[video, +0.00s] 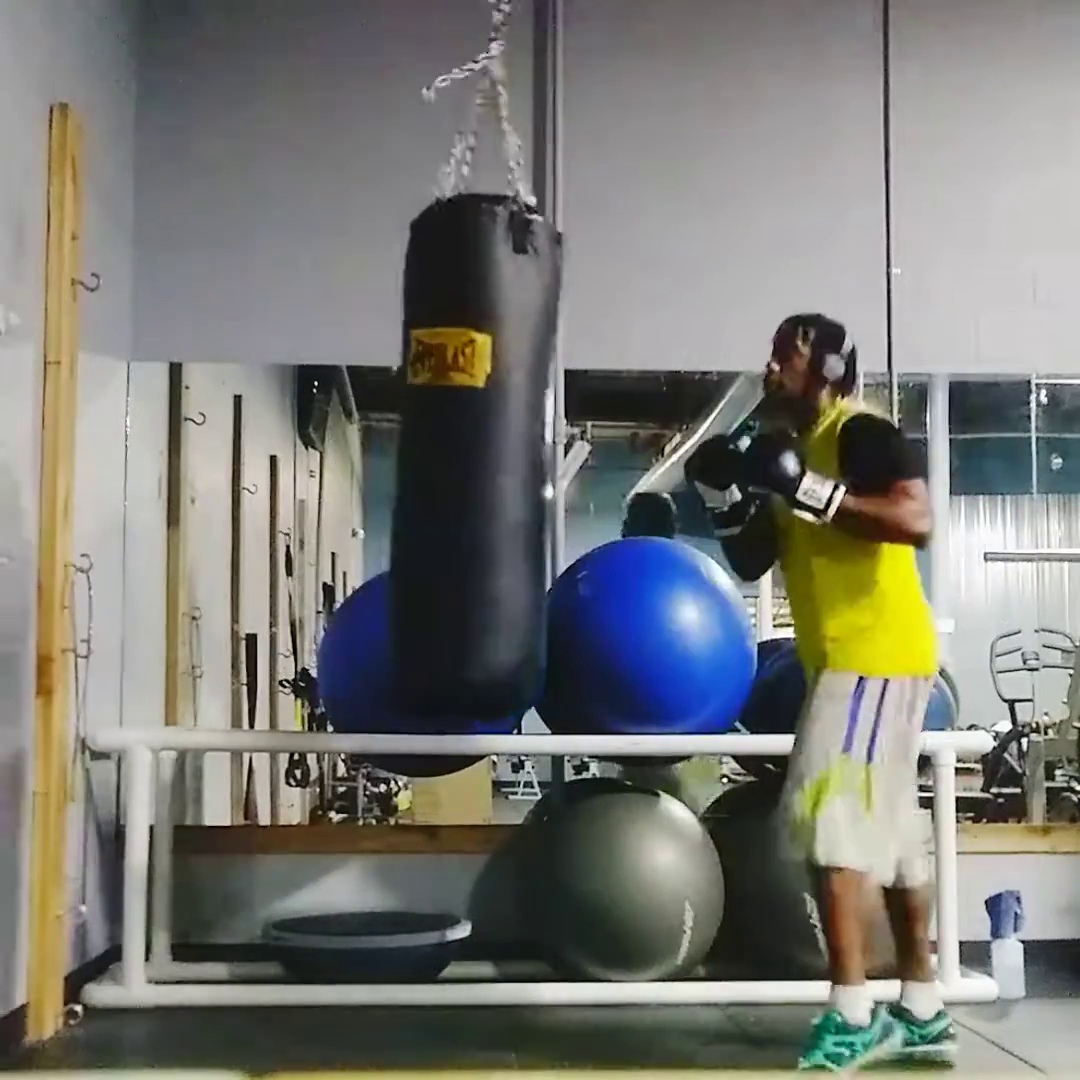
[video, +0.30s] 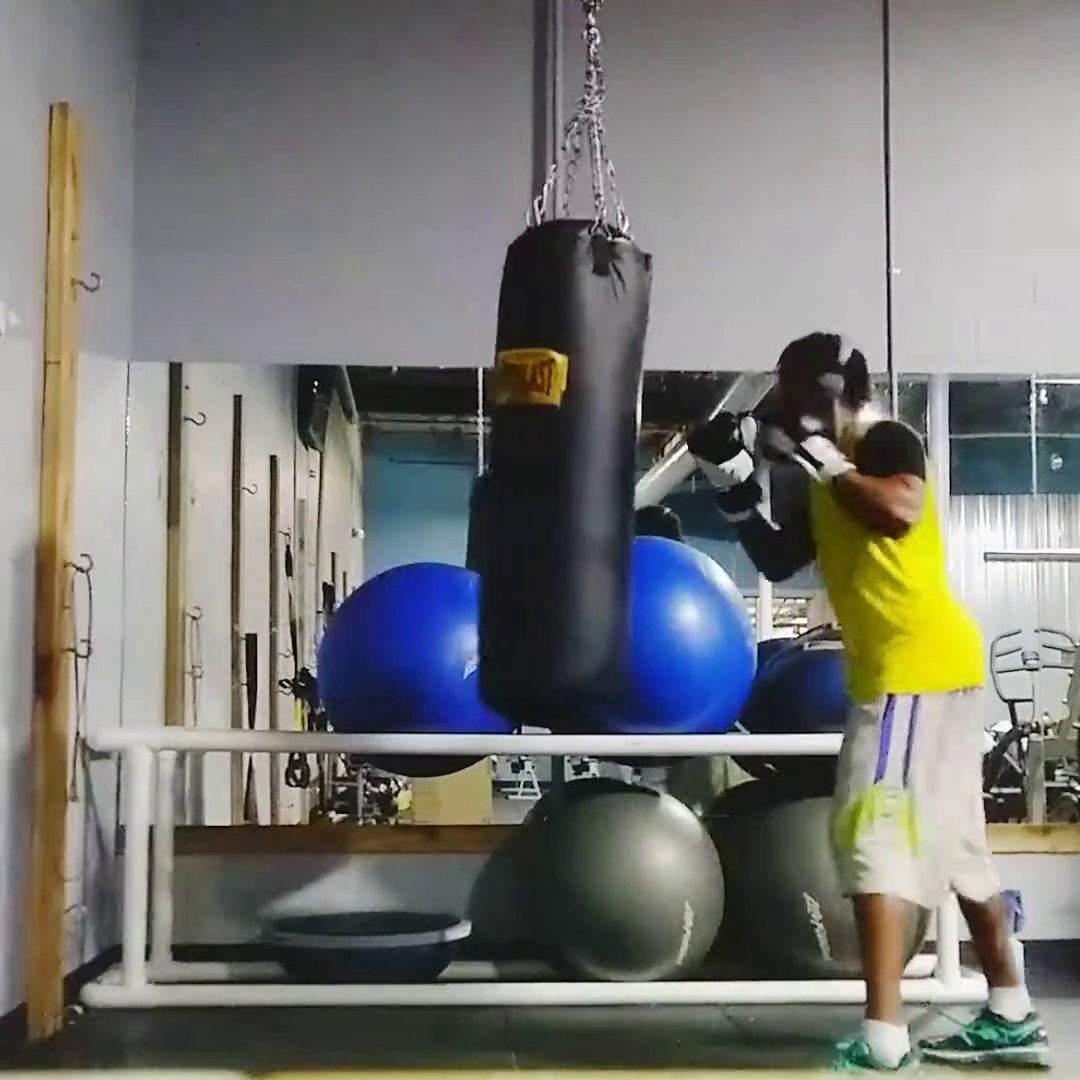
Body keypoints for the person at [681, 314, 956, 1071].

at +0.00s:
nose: (770, 367)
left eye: (784, 356)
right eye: (772, 355)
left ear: (824, 367)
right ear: (803, 367)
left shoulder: (861, 429)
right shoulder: (789, 445)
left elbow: (915, 520)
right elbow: (752, 561)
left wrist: (804, 485)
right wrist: (727, 498)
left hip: (876, 656)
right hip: (850, 657)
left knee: (832, 824)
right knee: (894, 836)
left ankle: (850, 1015)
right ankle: (923, 1013)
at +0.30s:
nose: (772, 398)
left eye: (783, 385)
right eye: (776, 386)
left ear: (819, 390)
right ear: (825, 392)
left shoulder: (886, 440)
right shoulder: (820, 476)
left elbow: (898, 511)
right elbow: (779, 558)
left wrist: (817, 453)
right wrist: (738, 491)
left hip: (910, 669)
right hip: (933, 668)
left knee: (874, 839)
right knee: (956, 838)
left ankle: (884, 1036)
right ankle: (1011, 1010)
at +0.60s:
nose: (825, 411)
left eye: (829, 395)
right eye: (822, 399)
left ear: (865, 383)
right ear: (887, 384)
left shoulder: (923, 433)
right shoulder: (898, 457)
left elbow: (892, 507)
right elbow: (846, 556)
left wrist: (819, 460)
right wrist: (785, 495)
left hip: (929, 667)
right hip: (990, 668)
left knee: (843, 840)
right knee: (1014, 856)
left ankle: (869, 1027)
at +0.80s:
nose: (827, 391)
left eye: (832, 378)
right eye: (829, 380)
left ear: (855, 371)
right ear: (901, 368)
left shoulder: (884, 409)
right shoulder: (941, 424)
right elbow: (909, 534)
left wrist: (713, 435)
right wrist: (827, 498)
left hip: (937, 658)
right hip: (1018, 657)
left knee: (895, 866)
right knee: (1058, 862)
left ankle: (879, 1047)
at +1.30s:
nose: (824, 371)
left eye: (826, 360)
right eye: (824, 362)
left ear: (843, 356)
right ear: (903, 356)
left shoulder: (843, 398)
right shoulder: (958, 417)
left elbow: (728, 464)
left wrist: (676, 442)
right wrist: (805, 439)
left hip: (883, 647)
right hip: (984, 650)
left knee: (819, 841)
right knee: (1008, 853)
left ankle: (821, 1035)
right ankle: (1056, 1037)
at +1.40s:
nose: (818, 395)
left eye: (820, 384)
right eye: (817, 386)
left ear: (838, 377)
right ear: (902, 372)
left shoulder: (851, 420)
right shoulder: (954, 439)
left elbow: (778, 513)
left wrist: (735, 467)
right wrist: (799, 454)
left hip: (870, 661)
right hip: (971, 668)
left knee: (772, 823)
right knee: (994, 861)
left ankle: (758, 1021)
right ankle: (1060, 1053)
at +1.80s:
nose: (711, 368)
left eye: (711, 357)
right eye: (714, 361)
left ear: (718, 353)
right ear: (793, 353)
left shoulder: (720, 401)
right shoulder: (852, 419)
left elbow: (619, 507)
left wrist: (601, 459)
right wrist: (669, 453)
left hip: (751, 655)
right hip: (857, 658)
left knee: (656, 840)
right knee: (879, 862)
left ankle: (645, 1029)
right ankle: (916, 1060)